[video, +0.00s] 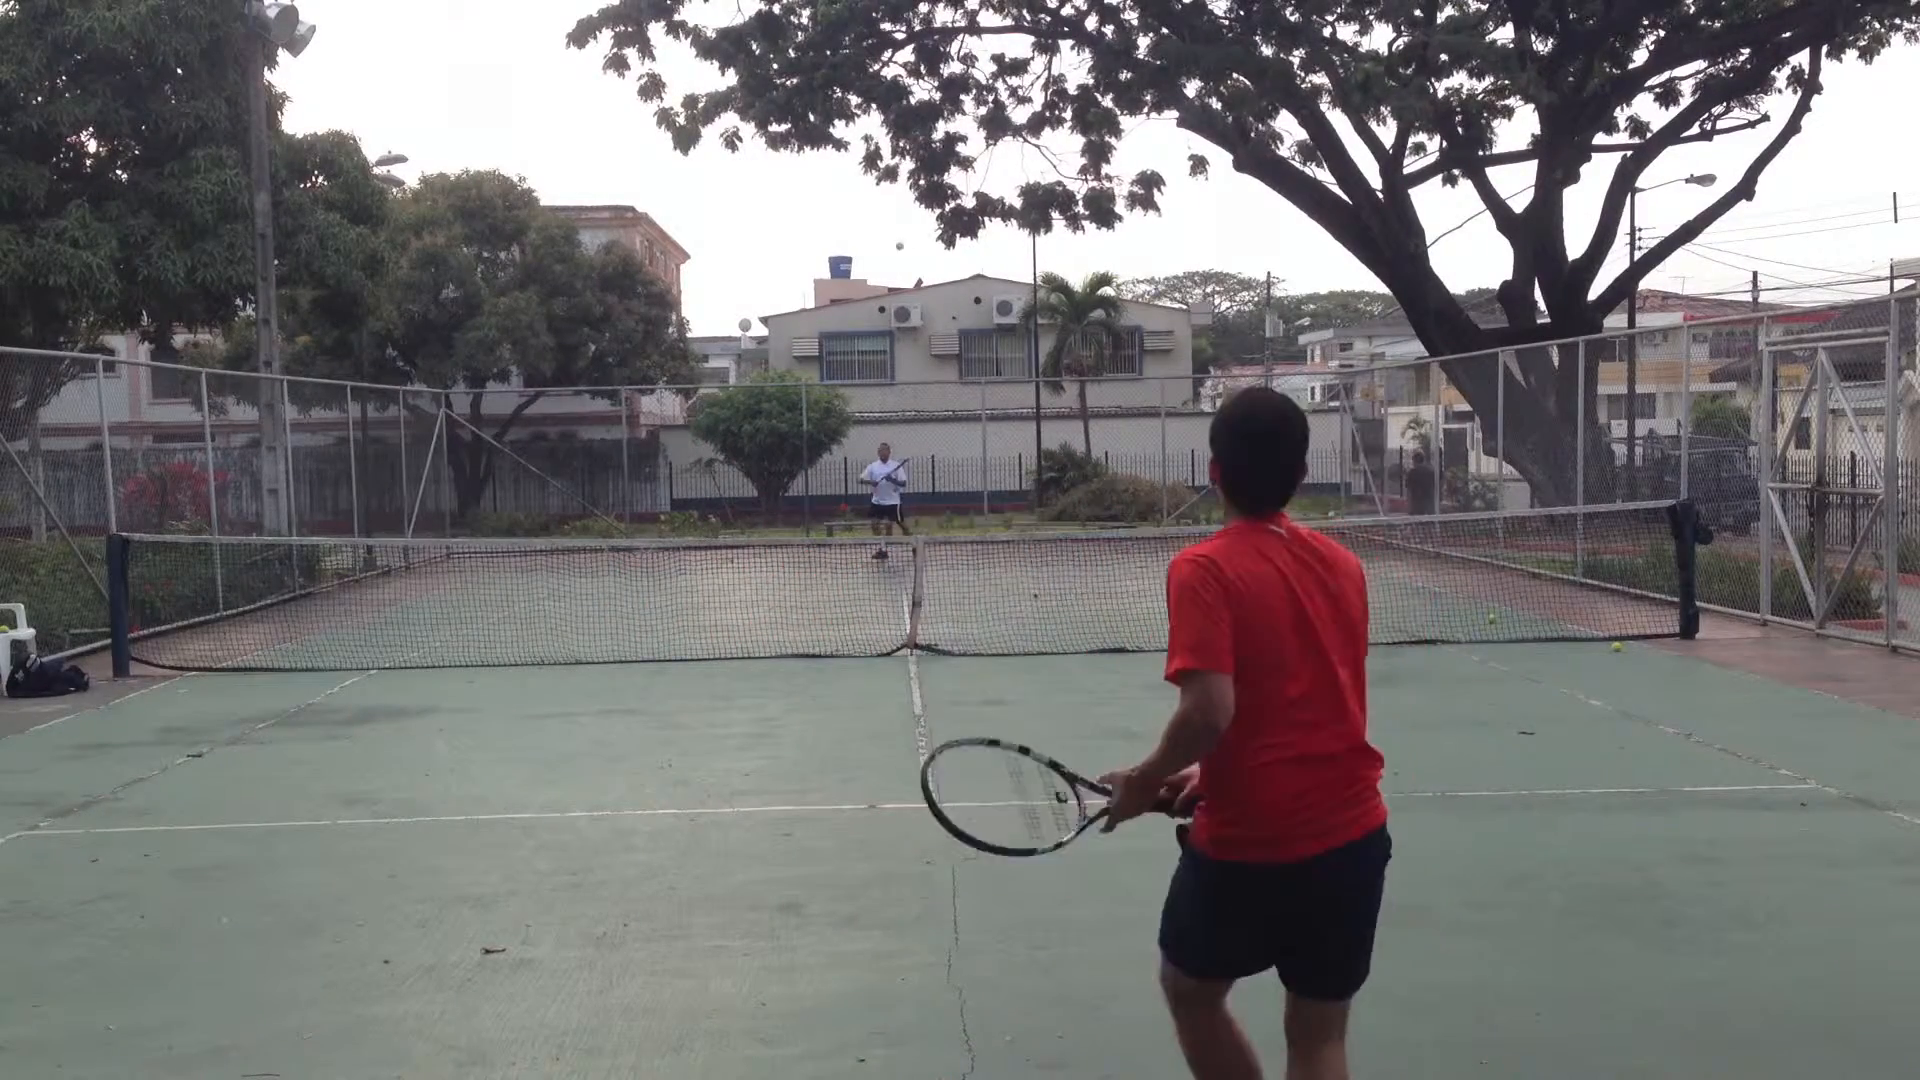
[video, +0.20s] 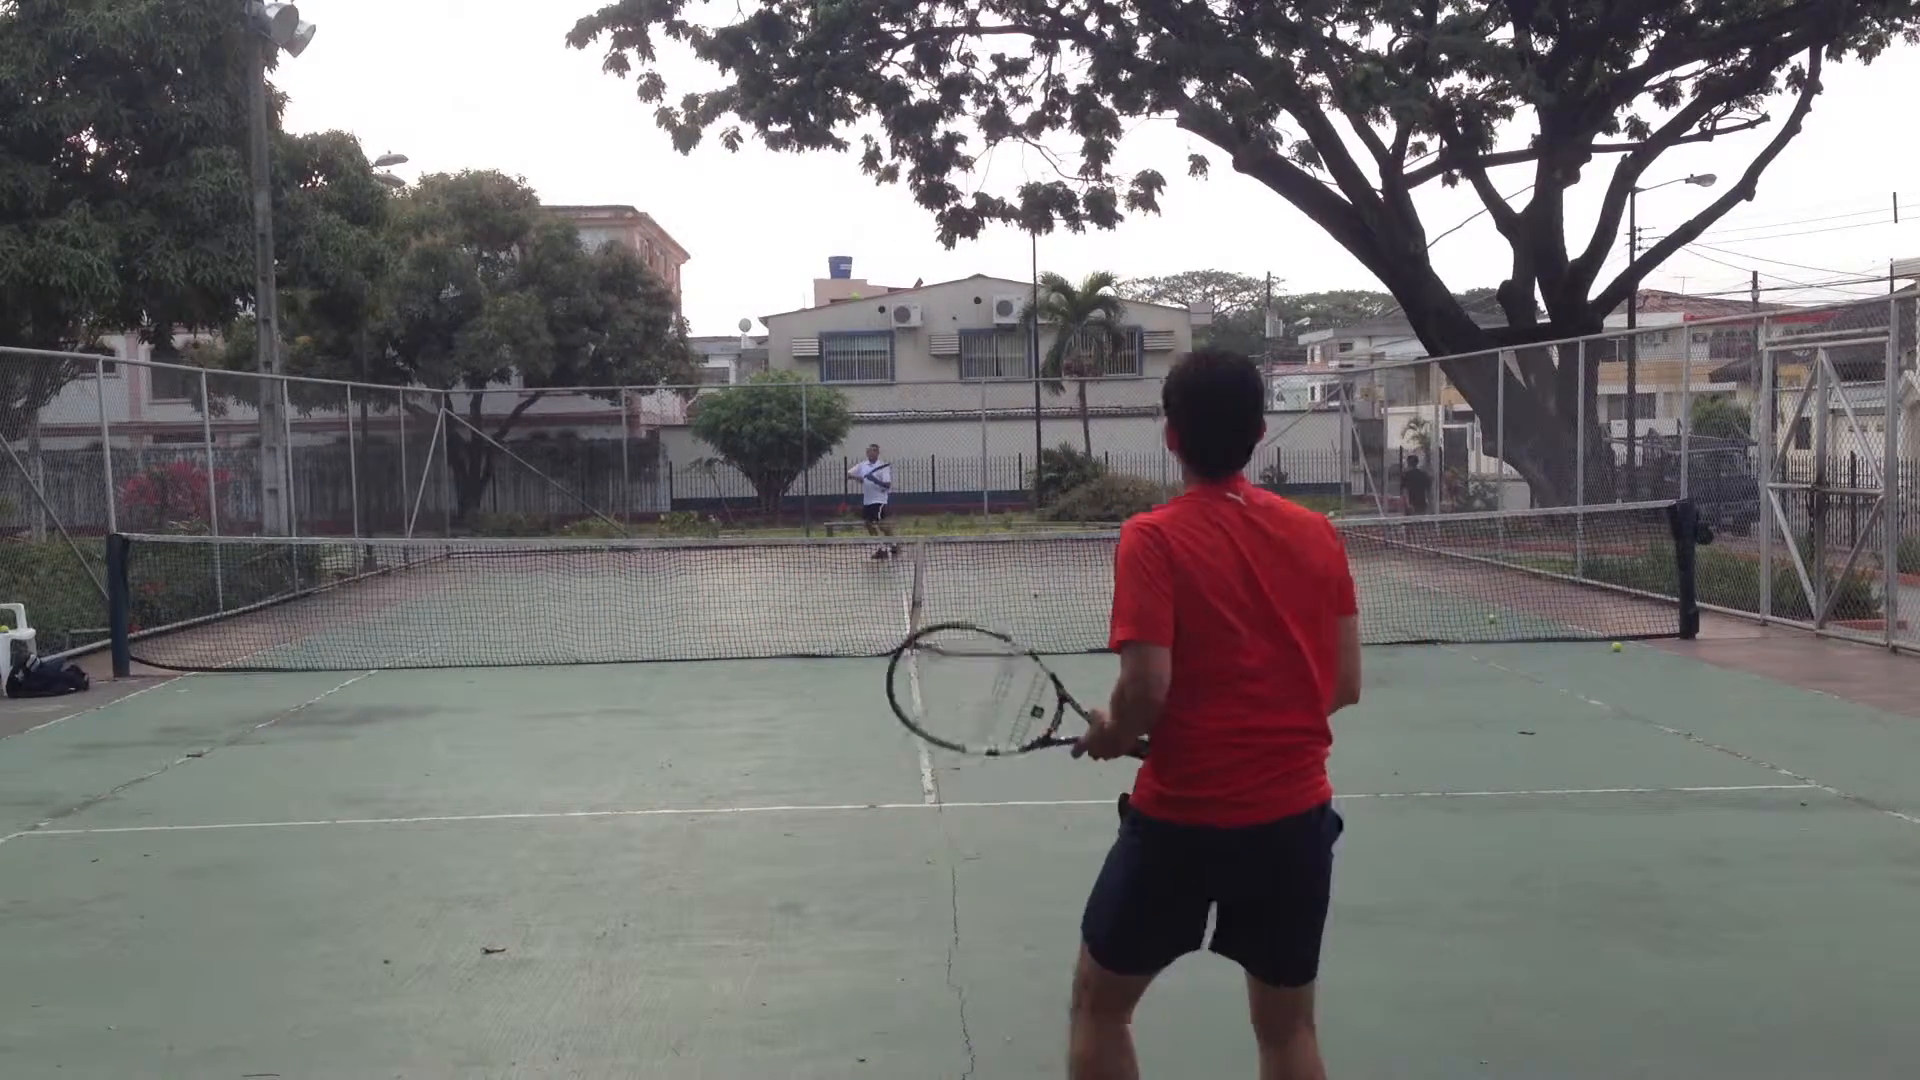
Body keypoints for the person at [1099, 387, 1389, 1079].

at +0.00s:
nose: (1211, 466)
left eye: (1212, 455)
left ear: (1216, 472)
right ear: (1300, 472)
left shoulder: (1203, 569)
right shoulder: (1341, 564)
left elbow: (1211, 708)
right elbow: (1319, 710)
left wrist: (1146, 777)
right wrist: (1211, 773)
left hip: (1243, 850)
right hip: (1350, 842)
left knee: (1194, 994)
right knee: (1321, 1030)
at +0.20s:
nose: (1164, 426)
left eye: (1165, 417)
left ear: (1172, 433)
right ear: (1258, 433)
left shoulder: (1153, 539)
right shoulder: (1316, 534)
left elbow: (1147, 686)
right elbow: (1343, 686)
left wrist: (1115, 729)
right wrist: (1252, 705)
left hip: (1178, 833)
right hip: (1293, 833)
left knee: (1101, 1010)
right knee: (1289, 1026)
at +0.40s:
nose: (1096, 443)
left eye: (1097, 433)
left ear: (1103, 450)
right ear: (1192, 447)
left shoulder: (1071, 564)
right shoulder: (1254, 556)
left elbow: (1037, 724)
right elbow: (1294, 714)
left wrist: (1079, 692)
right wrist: (1207, 729)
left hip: (1094, 867)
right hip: (1220, 863)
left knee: (1023, 1064)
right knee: (1257, 1054)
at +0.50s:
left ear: (1055, 466)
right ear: (1145, 466)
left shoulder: (1007, 580)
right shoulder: (1202, 581)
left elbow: (967, 741)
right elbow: (1244, 742)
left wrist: (1030, 724)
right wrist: (1154, 750)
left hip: (1032, 898)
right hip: (1165, 892)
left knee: (977, 1070)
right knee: (1225, 1065)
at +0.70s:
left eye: (965, 437)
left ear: (967, 454)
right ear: (1063, 456)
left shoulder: (908, 565)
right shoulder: (1114, 572)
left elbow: (852, 720)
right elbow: (1157, 742)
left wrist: (923, 727)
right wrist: (1072, 761)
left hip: (947, 899)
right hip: (1085, 892)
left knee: (929, 1071)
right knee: (1141, 1069)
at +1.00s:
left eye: (885, 431)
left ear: (889, 449)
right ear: (994, 447)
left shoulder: (851, 576)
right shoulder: (1062, 570)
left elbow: (807, 759)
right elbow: (1122, 741)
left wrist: (857, 758)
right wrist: (1030, 775)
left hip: (884, 919)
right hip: (1023, 918)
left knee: (816, 1069)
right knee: (1038, 1071)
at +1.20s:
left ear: (808, 479)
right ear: (917, 478)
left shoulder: (754, 605)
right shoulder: (984, 601)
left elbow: (708, 786)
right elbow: (1057, 771)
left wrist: (784, 807)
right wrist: (965, 817)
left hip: (796, 973)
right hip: (949, 970)